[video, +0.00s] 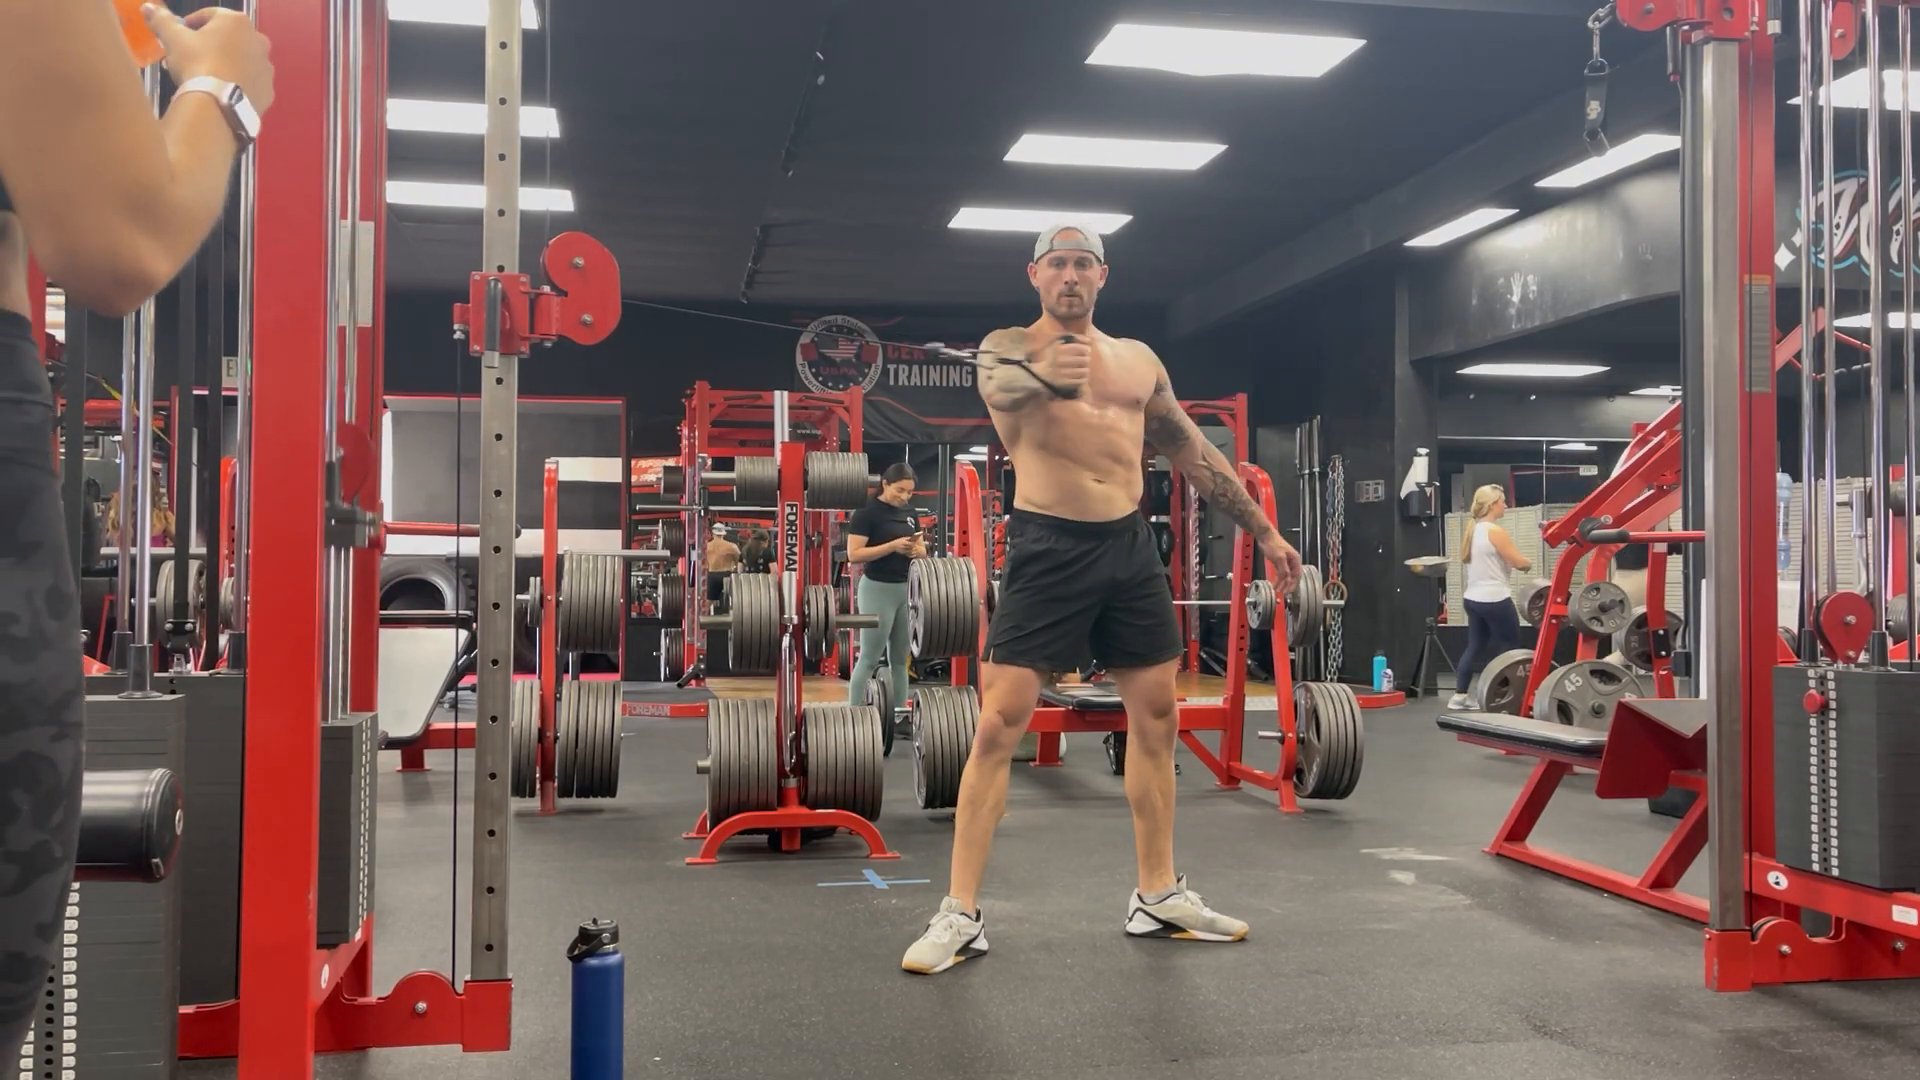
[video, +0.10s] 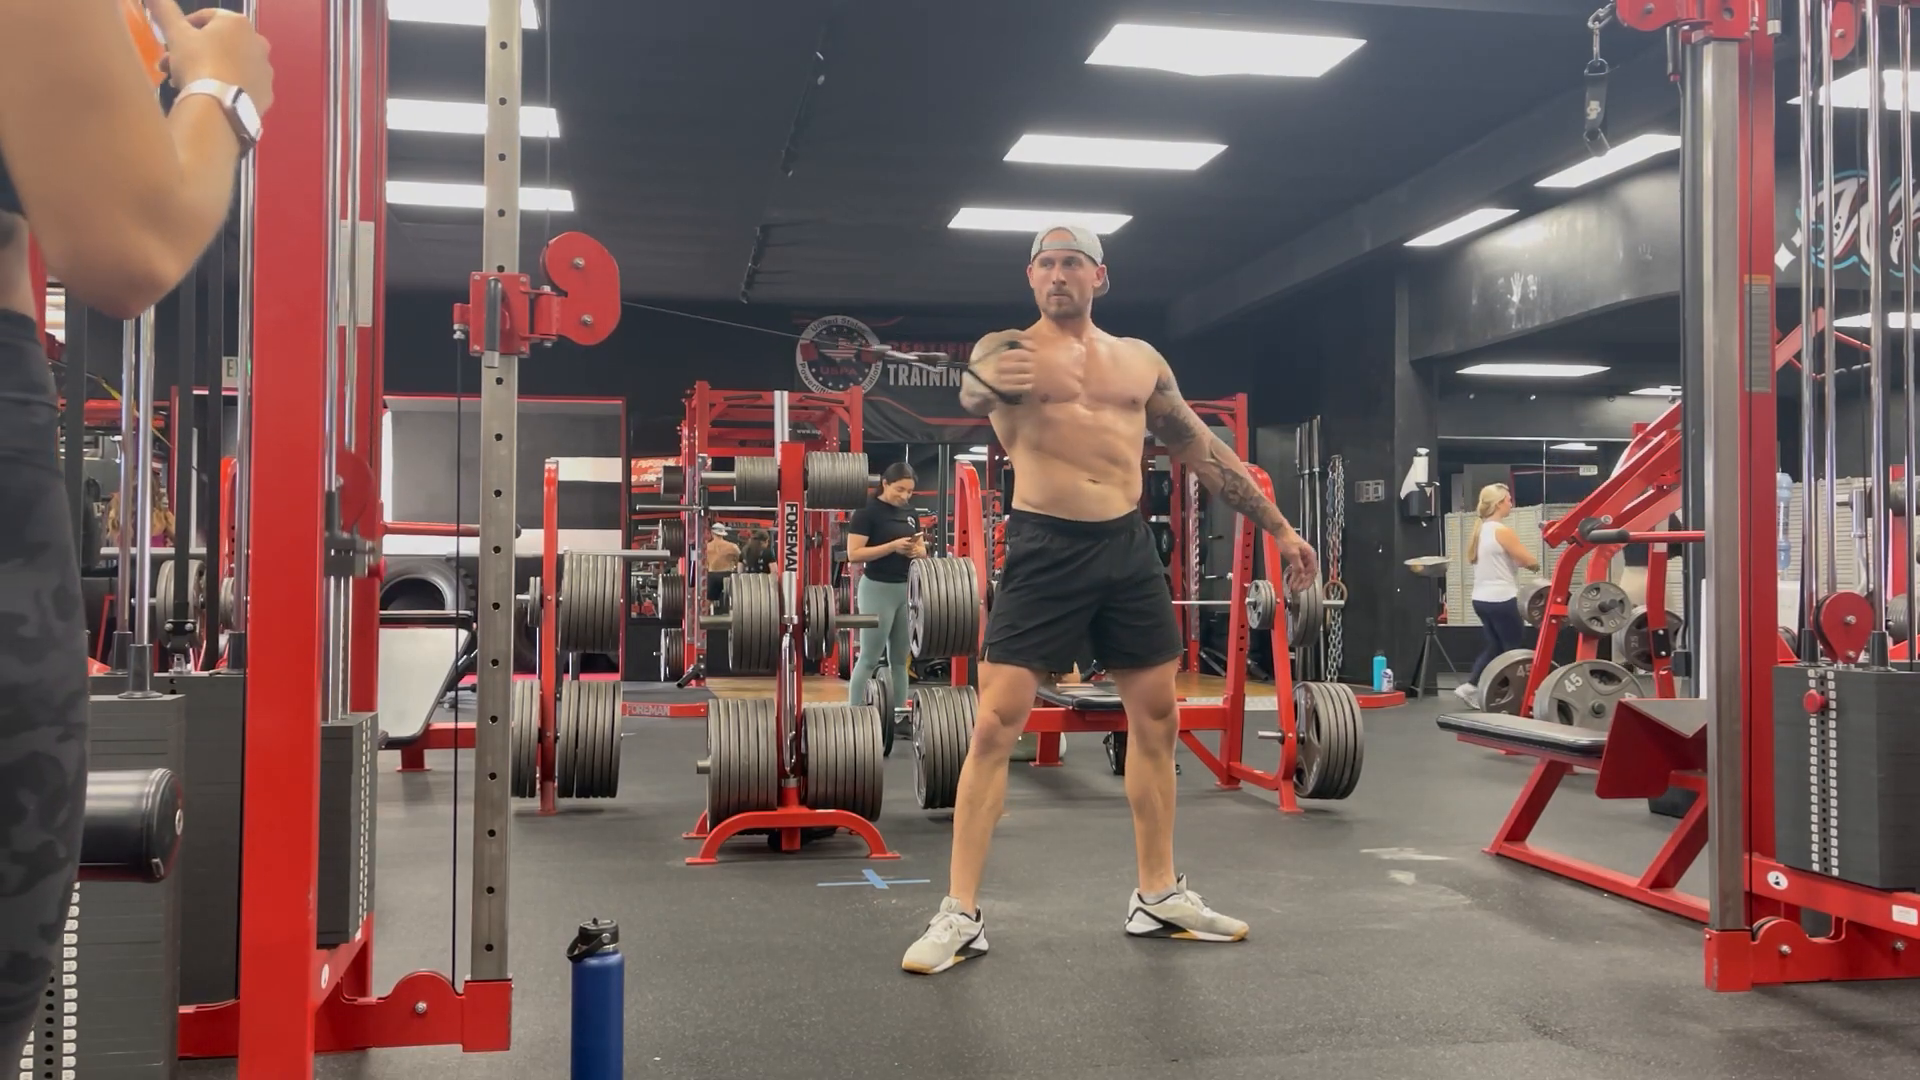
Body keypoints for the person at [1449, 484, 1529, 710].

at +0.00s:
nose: (1505, 506)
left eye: (1504, 502)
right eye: (1502, 502)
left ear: (1483, 506)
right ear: (1493, 505)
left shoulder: (1472, 529)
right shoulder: (1495, 531)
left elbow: (1470, 559)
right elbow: (1519, 563)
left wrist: (1507, 562)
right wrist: (1527, 565)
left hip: (1473, 599)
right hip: (1496, 600)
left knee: (1474, 647)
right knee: (1511, 647)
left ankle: (1460, 695)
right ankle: (1509, 696)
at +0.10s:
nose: (1511, 504)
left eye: (1510, 500)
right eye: (1508, 501)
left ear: (1488, 505)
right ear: (1498, 504)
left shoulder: (1480, 529)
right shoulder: (1502, 531)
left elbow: (1479, 560)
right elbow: (1527, 560)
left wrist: (1515, 562)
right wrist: (1535, 565)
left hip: (1482, 600)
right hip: (1502, 600)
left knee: (1494, 646)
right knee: (1514, 649)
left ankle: (1471, 685)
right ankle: (1517, 695)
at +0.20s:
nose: (1516, 503)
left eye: (1515, 499)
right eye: (1513, 499)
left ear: (1492, 503)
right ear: (1505, 503)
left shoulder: (1482, 530)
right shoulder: (1509, 530)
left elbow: (1497, 560)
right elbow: (1538, 560)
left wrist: (1527, 561)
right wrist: (1541, 565)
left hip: (1484, 600)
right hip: (1505, 601)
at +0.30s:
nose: (1520, 503)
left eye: (1519, 499)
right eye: (1518, 499)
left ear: (1496, 504)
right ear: (1510, 504)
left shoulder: (1486, 530)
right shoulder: (1516, 530)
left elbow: (1501, 561)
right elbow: (1543, 560)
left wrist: (1533, 566)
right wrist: (1548, 568)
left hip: (1486, 599)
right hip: (1507, 600)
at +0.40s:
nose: (1524, 503)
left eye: (1522, 500)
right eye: (1521, 500)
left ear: (1499, 505)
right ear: (1514, 504)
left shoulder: (1490, 530)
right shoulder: (1521, 530)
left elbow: (1511, 565)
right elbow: (1543, 560)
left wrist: (1542, 573)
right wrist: (1556, 575)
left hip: (1488, 598)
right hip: (1509, 599)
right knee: (1518, 643)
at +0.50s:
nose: (1526, 503)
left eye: (1525, 499)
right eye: (1524, 500)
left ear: (1503, 506)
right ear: (1516, 505)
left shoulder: (1493, 529)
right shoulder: (1523, 529)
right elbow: (1544, 561)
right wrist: (1556, 579)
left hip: (1492, 598)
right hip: (1514, 600)